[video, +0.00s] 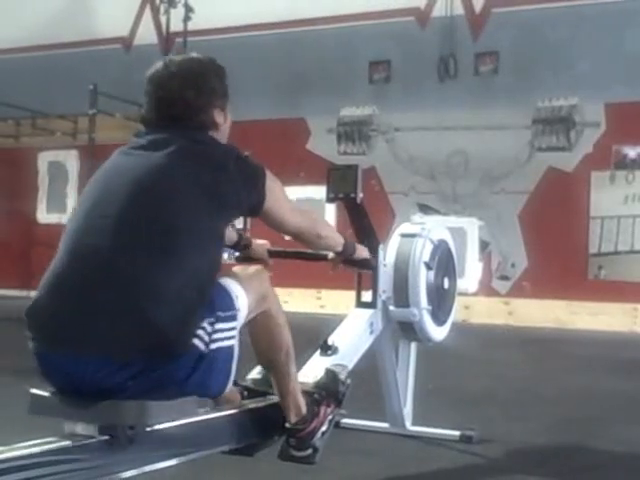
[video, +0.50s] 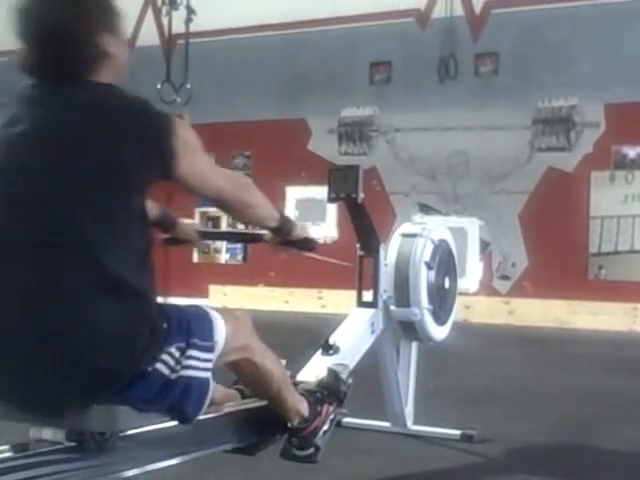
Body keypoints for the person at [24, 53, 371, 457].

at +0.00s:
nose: (228, 122)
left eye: (227, 112)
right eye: (226, 111)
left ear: (154, 113)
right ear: (214, 114)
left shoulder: (124, 158)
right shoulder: (224, 162)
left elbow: (157, 235)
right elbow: (299, 225)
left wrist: (239, 245)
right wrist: (341, 247)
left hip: (62, 361)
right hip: (147, 364)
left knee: (186, 276)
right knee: (258, 279)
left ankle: (227, 403)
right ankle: (298, 415)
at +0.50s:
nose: (127, 46)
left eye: (122, 34)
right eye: (121, 35)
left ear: (37, 50)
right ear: (104, 44)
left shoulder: (15, 123)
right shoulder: (135, 121)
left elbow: (82, 189)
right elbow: (230, 190)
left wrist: (168, 222)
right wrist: (283, 226)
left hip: (15, 357)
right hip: (102, 350)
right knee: (238, 332)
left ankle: (252, 419)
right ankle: (302, 416)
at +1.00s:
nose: (32, 49)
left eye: (30, 35)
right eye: (28, 36)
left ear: (4, 41)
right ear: (7, 41)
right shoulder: (12, 118)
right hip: (40, 356)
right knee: (218, 354)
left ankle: (255, 404)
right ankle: (303, 414)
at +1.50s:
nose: (166, 66)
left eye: (162, 52)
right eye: (161, 51)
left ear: (83, 63)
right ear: (142, 59)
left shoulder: (56, 131)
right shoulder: (171, 133)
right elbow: (270, 235)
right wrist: (287, 233)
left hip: (61, 366)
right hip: (142, 368)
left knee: (183, 268)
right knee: (265, 273)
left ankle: (233, 406)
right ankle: (299, 414)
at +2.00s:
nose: (277, 124)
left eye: (276, 115)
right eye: (276, 116)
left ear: (210, 119)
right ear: (267, 123)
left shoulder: (182, 161)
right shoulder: (274, 168)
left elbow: (229, 233)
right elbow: (348, 224)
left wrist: (307, 240)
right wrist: (377, 247)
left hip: (143, 357)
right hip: (221, 361)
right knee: (301, 249)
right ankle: (299, 412)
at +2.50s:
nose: (120, 44)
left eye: (114, 33)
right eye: (113, 33)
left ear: (36, 50)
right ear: (97, 44)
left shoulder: (18, 122)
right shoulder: (129, 118)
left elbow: (70, 211)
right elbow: (234, 194)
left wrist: (164, 226)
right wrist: (282, 225)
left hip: (32, 370)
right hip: (119, 361)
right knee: (245, 303)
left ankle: (246, 407)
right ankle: (302, 413)